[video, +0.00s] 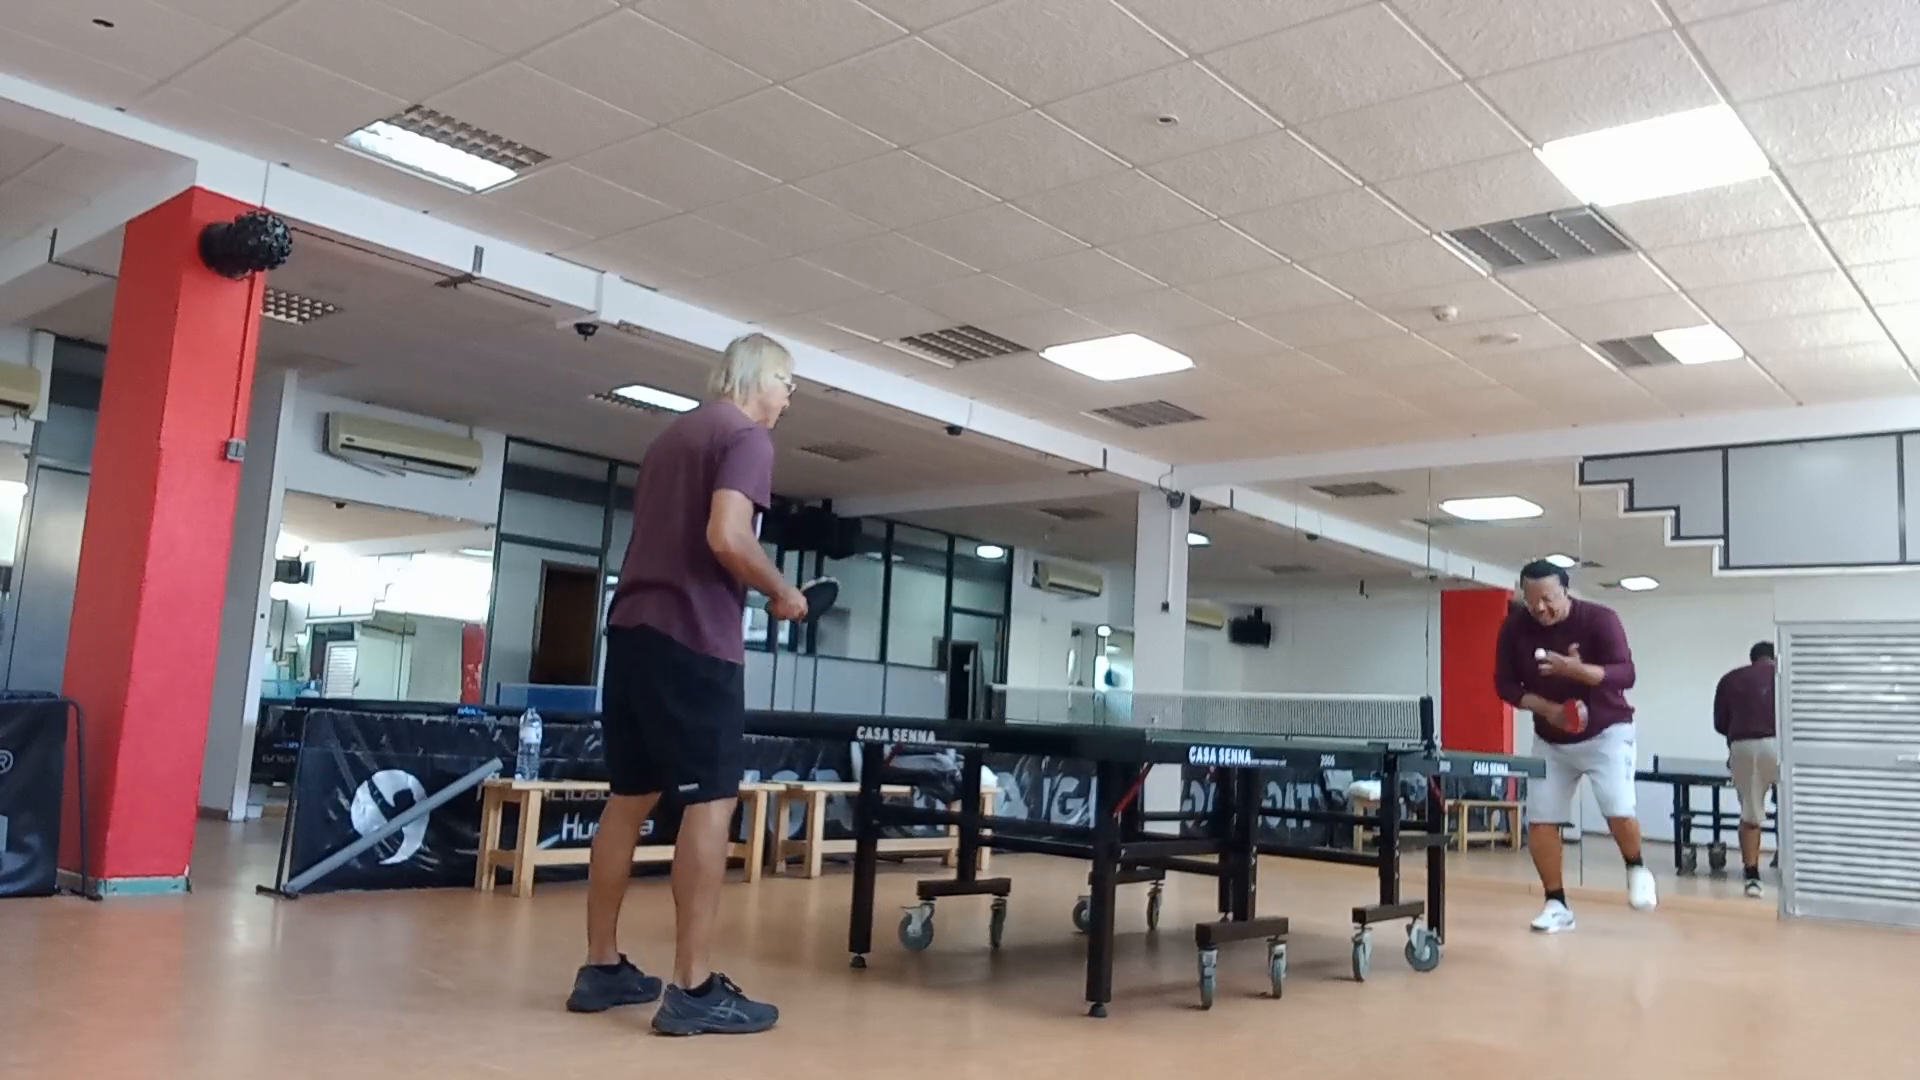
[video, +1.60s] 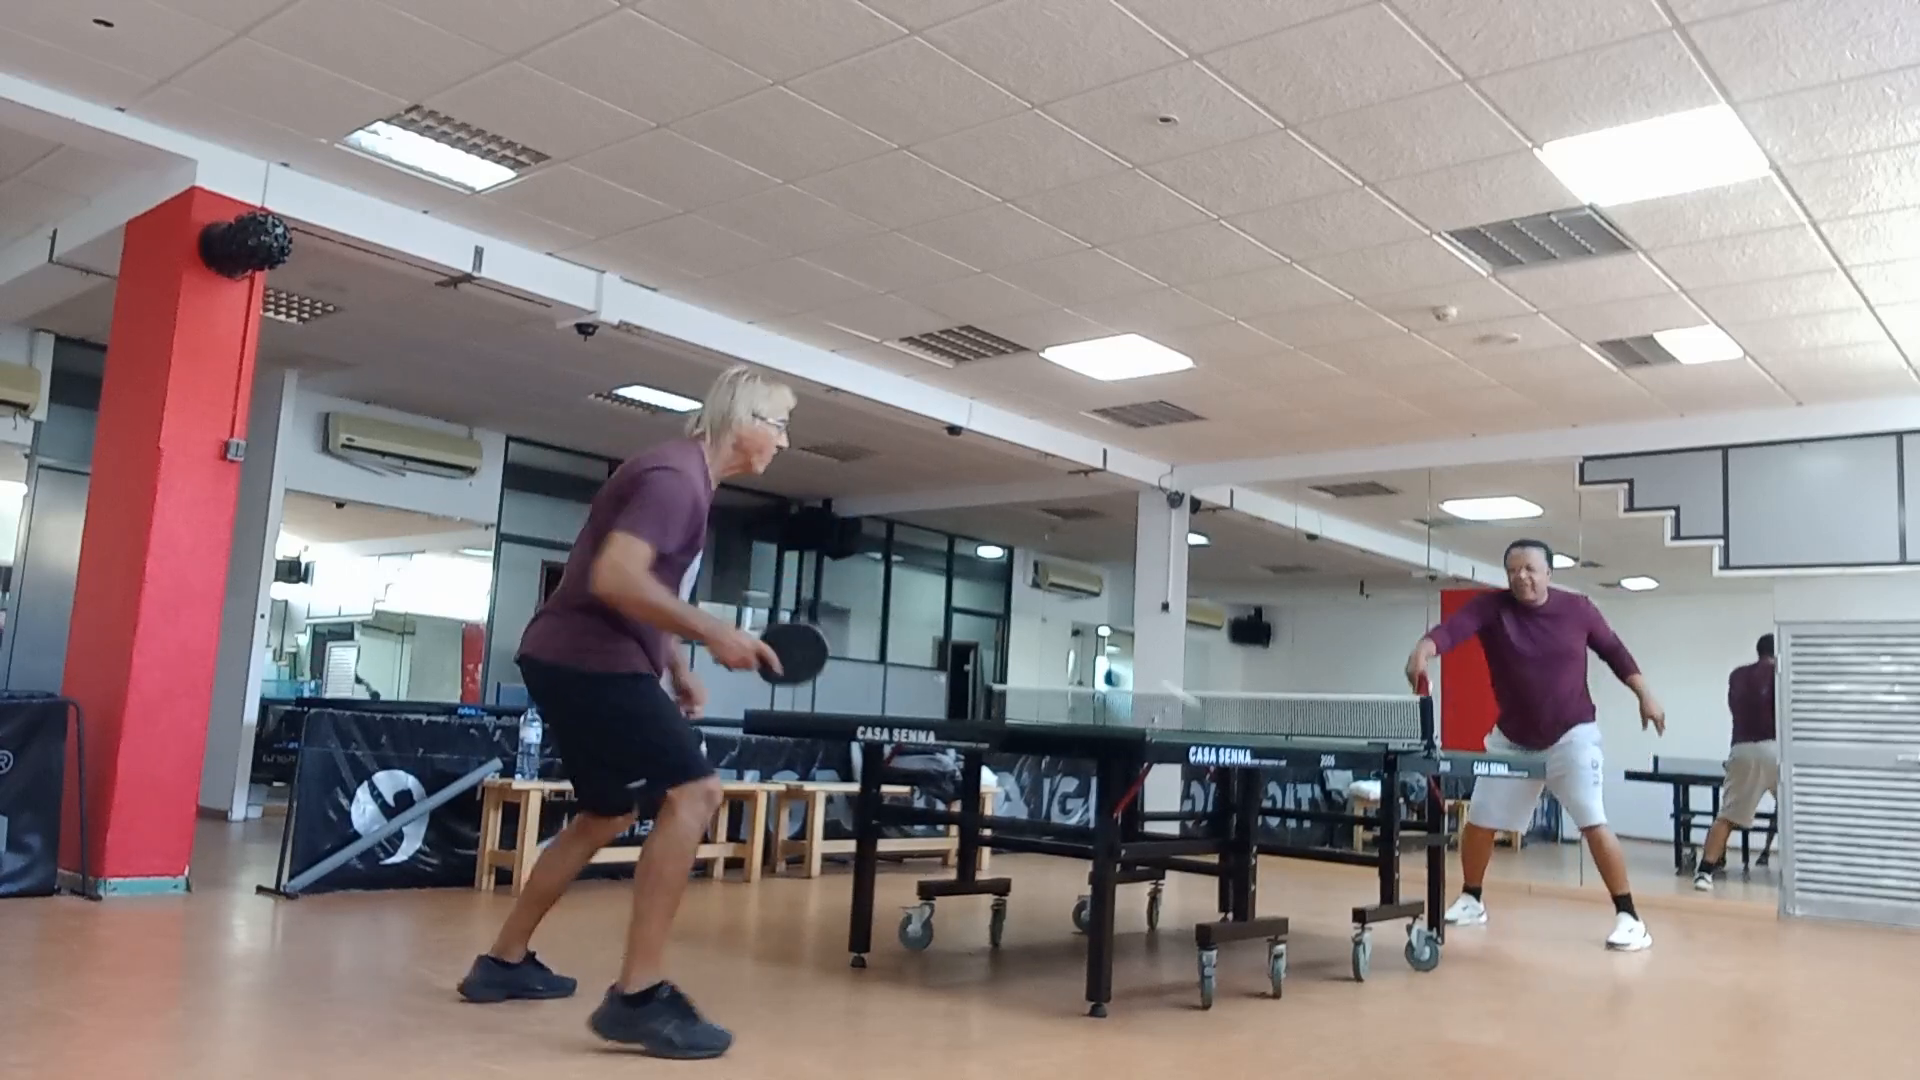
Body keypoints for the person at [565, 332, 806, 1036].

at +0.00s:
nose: (782, 407)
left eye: (785, 395)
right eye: (782, 392)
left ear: (725, 380)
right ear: (758, 383)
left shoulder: (671, 435)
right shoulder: (746, 434)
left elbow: (654, 540)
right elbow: (728, 535)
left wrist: (741, 580)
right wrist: (780, 590)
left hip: (632, 634)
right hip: (694, 642)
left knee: (628, 797)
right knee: (710, 803)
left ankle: (602, 967)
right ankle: (692, 989)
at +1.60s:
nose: (780, 444)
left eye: (782, 430)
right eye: (776, 427)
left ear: (732, 422)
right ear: (740, 422)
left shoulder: (684, 478)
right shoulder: (677, 475)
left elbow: (644, 594)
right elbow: (613, 577)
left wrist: (676, 671)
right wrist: (717, 634)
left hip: (569, 654)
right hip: (591, 654)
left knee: (604, 812)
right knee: (694, 791)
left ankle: (504, 959)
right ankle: (638, 994)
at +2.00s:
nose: (799, 425)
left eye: (799, 409)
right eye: (792, 408)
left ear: (745, 410)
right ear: (754, 410)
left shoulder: (723, 483)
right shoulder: (682, 483)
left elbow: (711, 593)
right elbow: (704, 628)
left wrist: (728, 671)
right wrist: (773, 659)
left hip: (624, 673)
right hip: (589, 669)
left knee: (639, 814)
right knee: (697, 811)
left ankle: (498, 924)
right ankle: (688, 1023)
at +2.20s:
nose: (725, 345)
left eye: (725, 331)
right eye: (717, 329)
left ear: (664, 330)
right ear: (680, 332)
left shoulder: (642, 403)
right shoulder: (637, 407)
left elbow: (649, 543)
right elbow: (660, 559)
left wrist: (709, 604)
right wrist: (765, 601)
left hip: (582, 641)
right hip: (585, 645)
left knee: (609, 807)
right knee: (666, 809)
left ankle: (454, 964)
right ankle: (685, 1020)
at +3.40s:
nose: (751, 431)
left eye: (754, 419)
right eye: (754, 418)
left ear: (686, 382)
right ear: (733, 400)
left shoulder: (602, 420)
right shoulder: (705, 437)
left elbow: (581, 533)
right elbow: (724, 553)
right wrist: (748, 611)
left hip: (517, 657)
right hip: (613, 671)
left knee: (442, 825)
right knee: (714, 833)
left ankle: (305, 1006)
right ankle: (764, 1036)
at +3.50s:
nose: (801, 454)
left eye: (807, 443)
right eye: (804, 439)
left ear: (735, 404)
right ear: (786, 422)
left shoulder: (651, 435)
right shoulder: (768, 452)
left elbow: (612, 554)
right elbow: (822, 571)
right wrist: (798, 610)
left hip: (556, 659)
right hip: (661, 668)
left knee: (479, 831)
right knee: (759, 818)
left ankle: (345, 1013)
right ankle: (770, 1035)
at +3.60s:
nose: (840, 460)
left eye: (842, 449)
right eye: (843, 448)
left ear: (773, 409)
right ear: (831, 434)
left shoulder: (691, 442)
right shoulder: (810, 458)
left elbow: (608, 549)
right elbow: (893, 568)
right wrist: (841, 592)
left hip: (586, 645)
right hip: (694, 660)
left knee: (512, 828)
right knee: (780, 816)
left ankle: (385, 1009)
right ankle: (771, 1037)